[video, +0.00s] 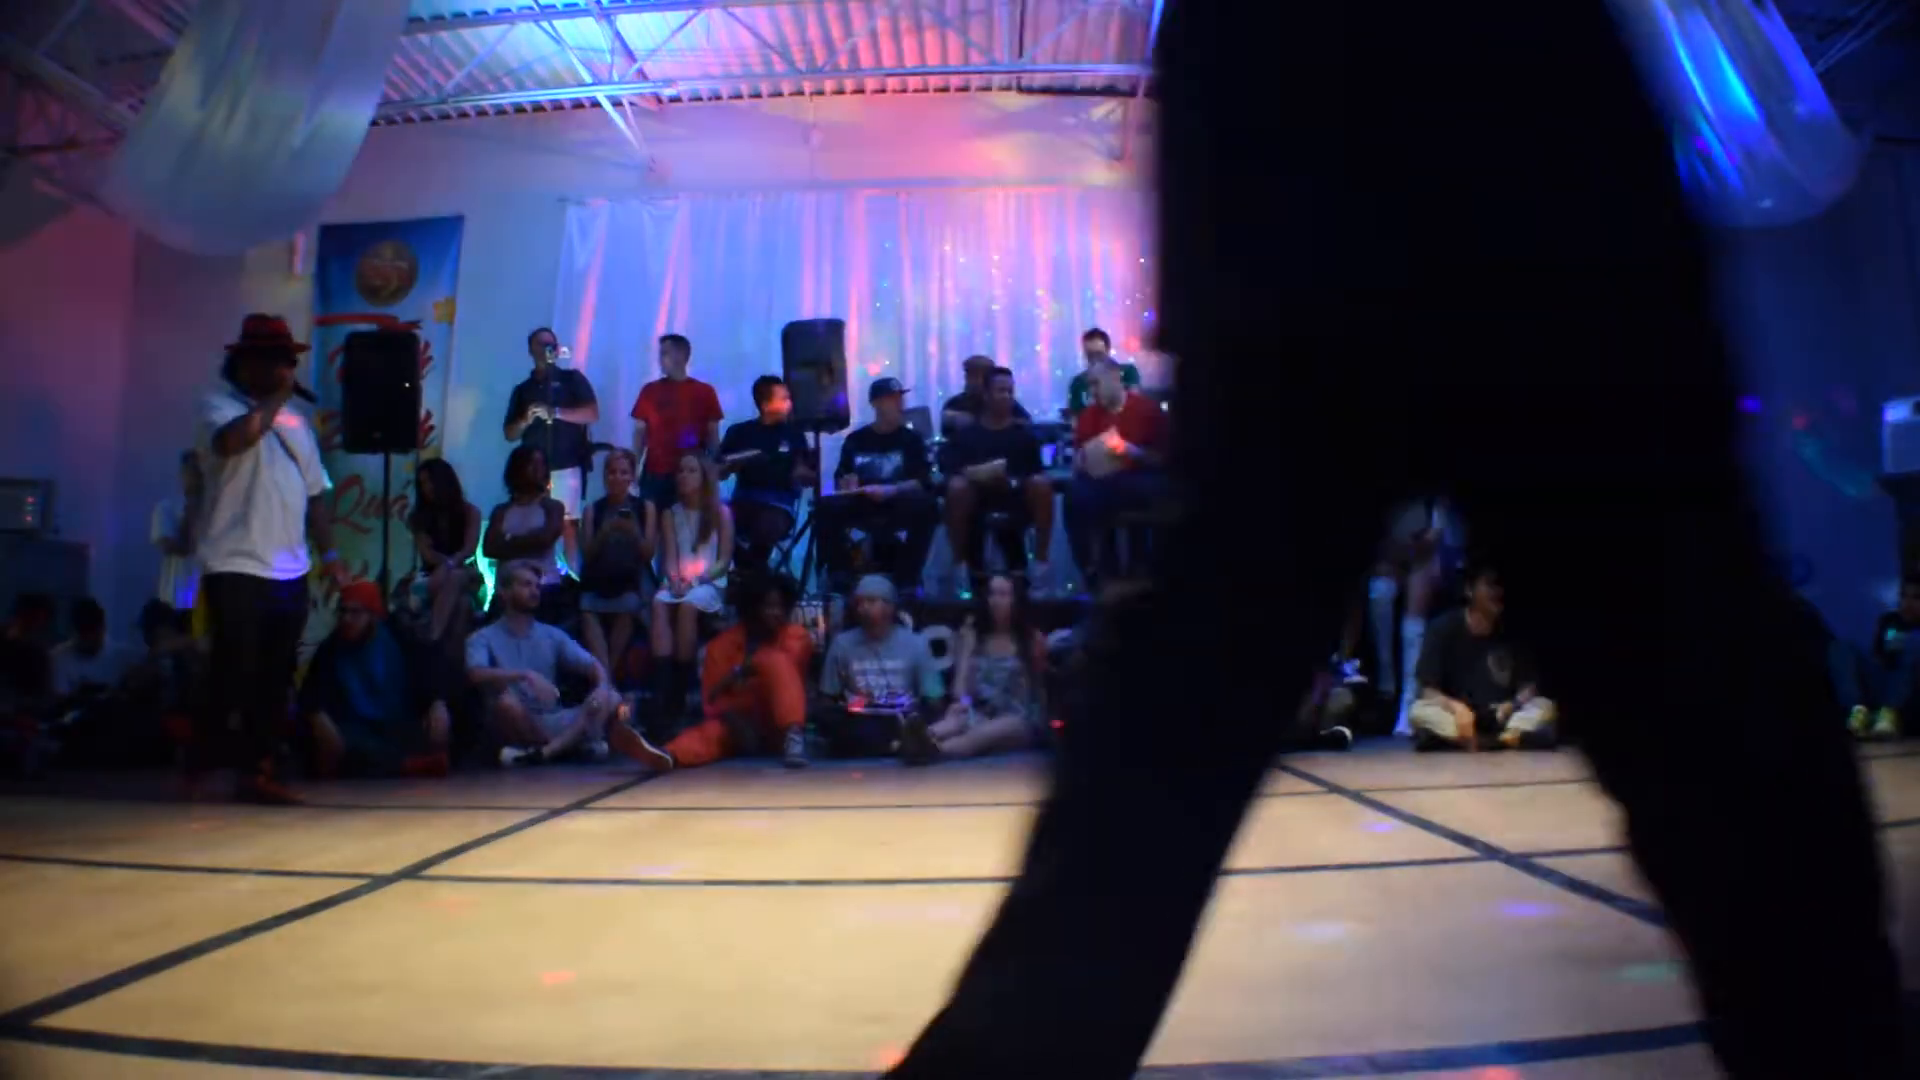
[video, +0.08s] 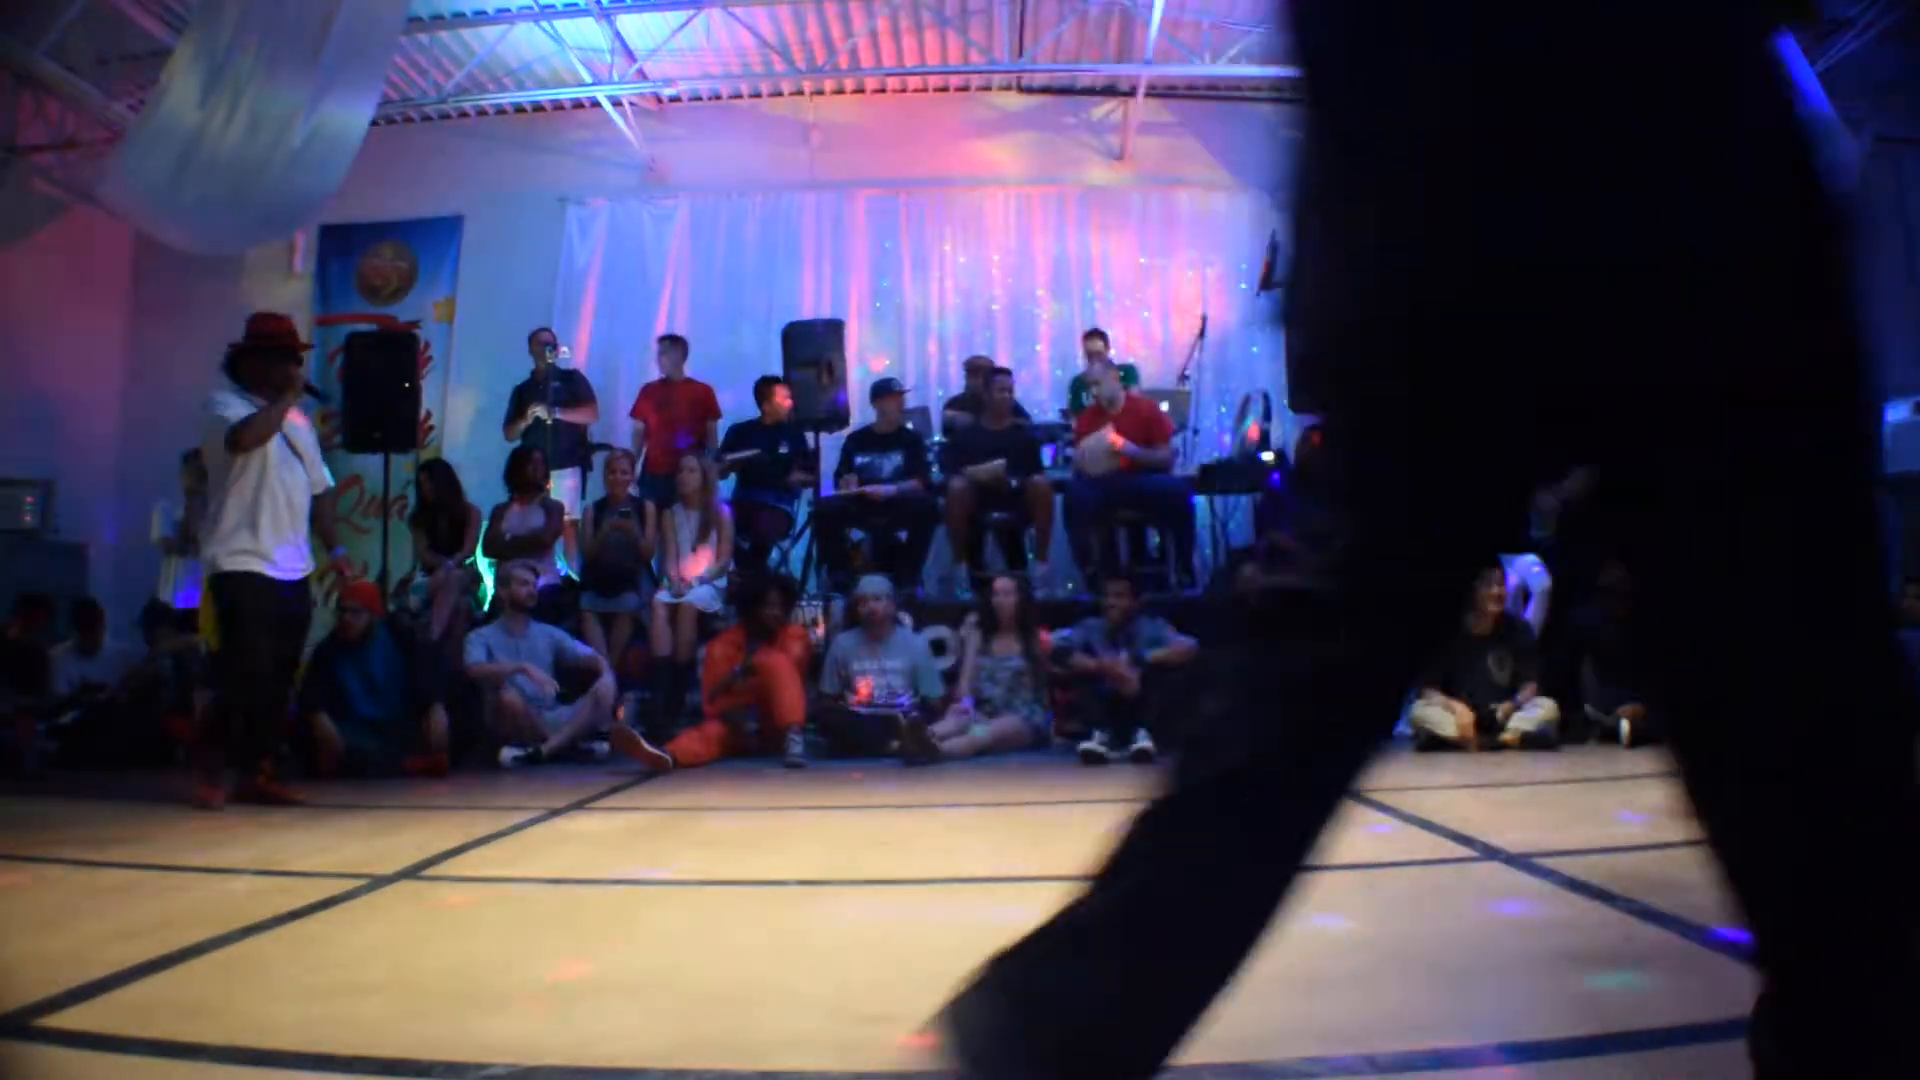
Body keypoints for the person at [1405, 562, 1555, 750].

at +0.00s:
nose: (1498, 592)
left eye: (1499, 586)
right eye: (1490, 586)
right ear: (1470, 591)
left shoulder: (1509, 630)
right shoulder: (1444, 630)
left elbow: (1529, 686)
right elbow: (1427, 690)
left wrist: (1511, 706)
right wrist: (1458, 709)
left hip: (1501, 706)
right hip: (1459, 709)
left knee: (1545, 707)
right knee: (1420, 712)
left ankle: (1504, 738)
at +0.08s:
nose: (1496, 592)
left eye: (1500, 585)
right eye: (1488, 586)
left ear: (1506, 589)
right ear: (1474, 590)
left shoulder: (1517, 629)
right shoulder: (1454, 628)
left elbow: (1530, 685)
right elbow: (1427, 689)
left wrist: (1510, 706)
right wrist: (1457, 709)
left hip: (1502, 705)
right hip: (1462, 707)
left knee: (1548, 707)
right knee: (1420, 711)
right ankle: (1507, 741)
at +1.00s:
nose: (1473, 592)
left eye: (1482, 585)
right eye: (1467, 585)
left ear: (1497, 590)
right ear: (1461, 590)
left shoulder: (1516, 627)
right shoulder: (1442, 628)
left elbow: (1529, 685)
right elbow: (1423, 688)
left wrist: (1509, 706)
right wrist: (1456, 710)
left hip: (1501, 705)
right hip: (1457, 706)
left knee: (1545, 707)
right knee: (1417, 711)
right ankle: (1506, 739)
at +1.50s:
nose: (1469, 594)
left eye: (1478, 586)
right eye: (1464, 586)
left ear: (1497, 591)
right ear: (1458, 591)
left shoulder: (1516, 628)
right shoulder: (1442, 628)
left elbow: (1530, 685)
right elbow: (1425, 690)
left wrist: (1510, 706)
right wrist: (1457, 708)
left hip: (1502, 705)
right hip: (1458, 705)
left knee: (1546, 708)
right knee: (1418, 711)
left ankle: (1463, 742)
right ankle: (1506, 740)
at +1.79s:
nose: (1470, 593)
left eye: (1479, 585)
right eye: (1465, 586)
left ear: (1498, 591)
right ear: (1459, 591)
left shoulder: (1516, 628)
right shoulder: (1443, 629)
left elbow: (1530, 685)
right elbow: (1425, 689)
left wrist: (1510, 706)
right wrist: (1457, 708)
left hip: (1502, 705)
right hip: (1458, 705)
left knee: (1546, 708)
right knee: (1418, 711)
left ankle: (1467, 742)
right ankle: (1505, 740)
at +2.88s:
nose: (1499, 597)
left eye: (1502, 590)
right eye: (1490, 590)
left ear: (1507, 593)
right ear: (1468, 594)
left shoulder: (1514, 628)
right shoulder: (1442, 629)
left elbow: (1529, 685)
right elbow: (1425, 690)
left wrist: (1510, 706)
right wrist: (1457, 709)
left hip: (1501, 705)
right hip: (1458, 705)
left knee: (1546, 707)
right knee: (1419, 711)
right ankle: (1506, 740)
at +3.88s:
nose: (1497, 597)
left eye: (1501, 589)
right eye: (1488, 588)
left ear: (1506, 593)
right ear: (1468, 592)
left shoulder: (1515, 628)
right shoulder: (1443, 628)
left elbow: (1530, 684)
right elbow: (1424, 689)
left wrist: (1510, 706)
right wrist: (1456, 708)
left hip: (1500, 705)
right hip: (1457, 705)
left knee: (1546, 707)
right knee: (1417, 710)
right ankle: (1508, 740)